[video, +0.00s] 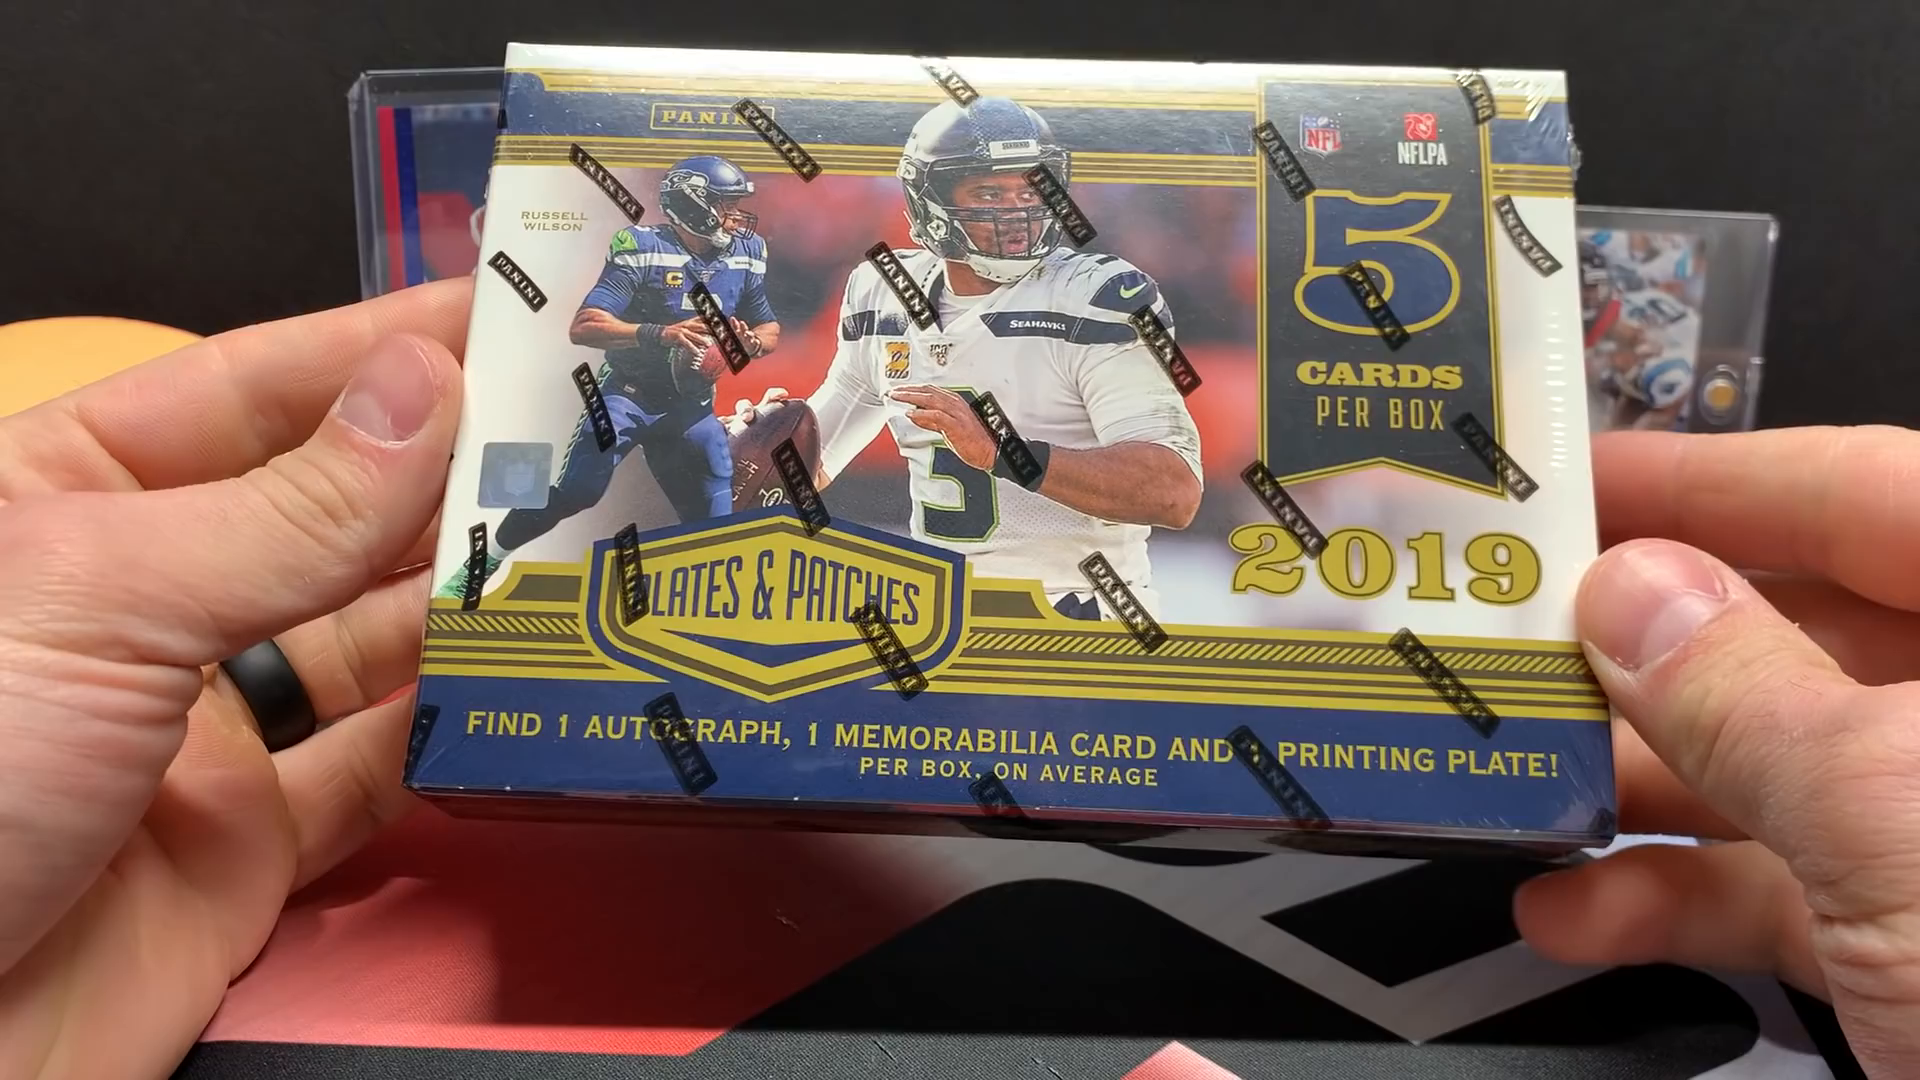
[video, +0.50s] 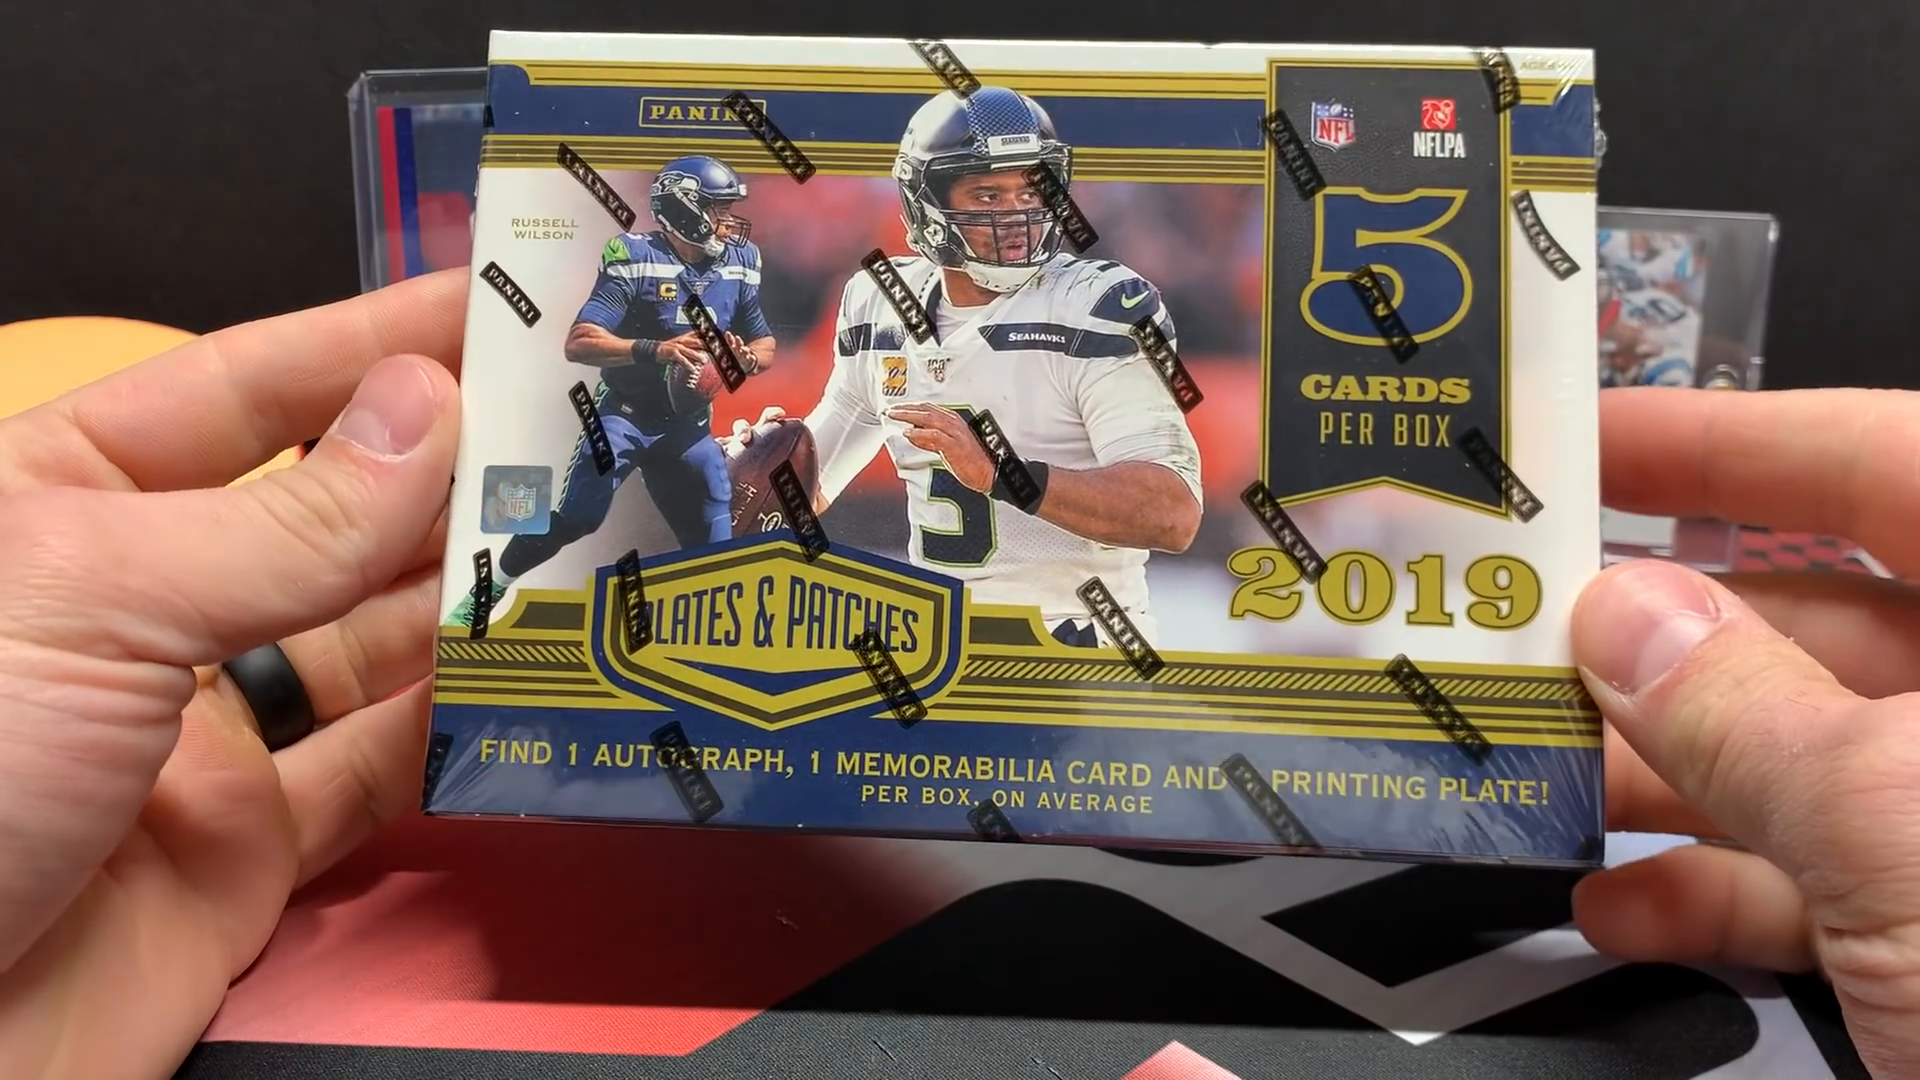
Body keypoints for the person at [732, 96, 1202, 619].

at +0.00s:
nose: (1015, 213)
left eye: (1027, 192)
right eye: (988, 196)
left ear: (1048, 193)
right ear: (933, 205)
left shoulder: (1102, 297)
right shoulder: (880, 294)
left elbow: (1173, 490)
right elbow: (803, 466)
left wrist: (1012, 456)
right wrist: (771, 433)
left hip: (1090, 619)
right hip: (946, 616)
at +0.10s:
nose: (1016, 214)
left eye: (1029, 193)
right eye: (989, 197)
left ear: (1050, 195)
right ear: (933, 206)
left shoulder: (1105, 300)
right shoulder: (882, 296)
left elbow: (1174, 493)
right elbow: (801, 473)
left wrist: (1013, 459)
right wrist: (773, 436)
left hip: (1091, 625)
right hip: (945, 622)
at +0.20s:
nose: (1017, 213)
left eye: (1031, 191)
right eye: (989, 196)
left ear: (1051, 194)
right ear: (933, 204)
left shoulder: (1104, 301)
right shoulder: (880, 295)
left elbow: (1173, 498)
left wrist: (1010, 462)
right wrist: (775, 447)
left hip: (1089, 631)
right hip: (942, 626)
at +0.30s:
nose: (1019, 211)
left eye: (1031, 189)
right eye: (990, 194)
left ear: (1051, 190)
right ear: (933, 204)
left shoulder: (1106, 301)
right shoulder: (881, 298)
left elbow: (1176, 501)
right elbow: (804, 480)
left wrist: (1014, 466)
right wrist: (772, 451)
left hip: (1092, 642)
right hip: (945, 635)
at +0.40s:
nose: (1018, 212)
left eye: (1032, 188)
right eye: (989, 194)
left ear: (1053, 190)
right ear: (932, 204)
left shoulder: (1105, 304)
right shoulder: (881, 300)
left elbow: (1175, 507)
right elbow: (806, 484)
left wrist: (1014, 472)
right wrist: (777, 459)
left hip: (1088, 650)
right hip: (940, 644)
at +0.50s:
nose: (1015, 214)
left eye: (1030, 190)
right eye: (987, 195)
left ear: (1051, 193)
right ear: (928, 205)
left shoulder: (1101, 306)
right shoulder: (878, 302)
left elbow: (1171, 511)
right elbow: (803, 488)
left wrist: (1009, 475)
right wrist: (771, 463)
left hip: (1085, 654)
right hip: (936, 647)